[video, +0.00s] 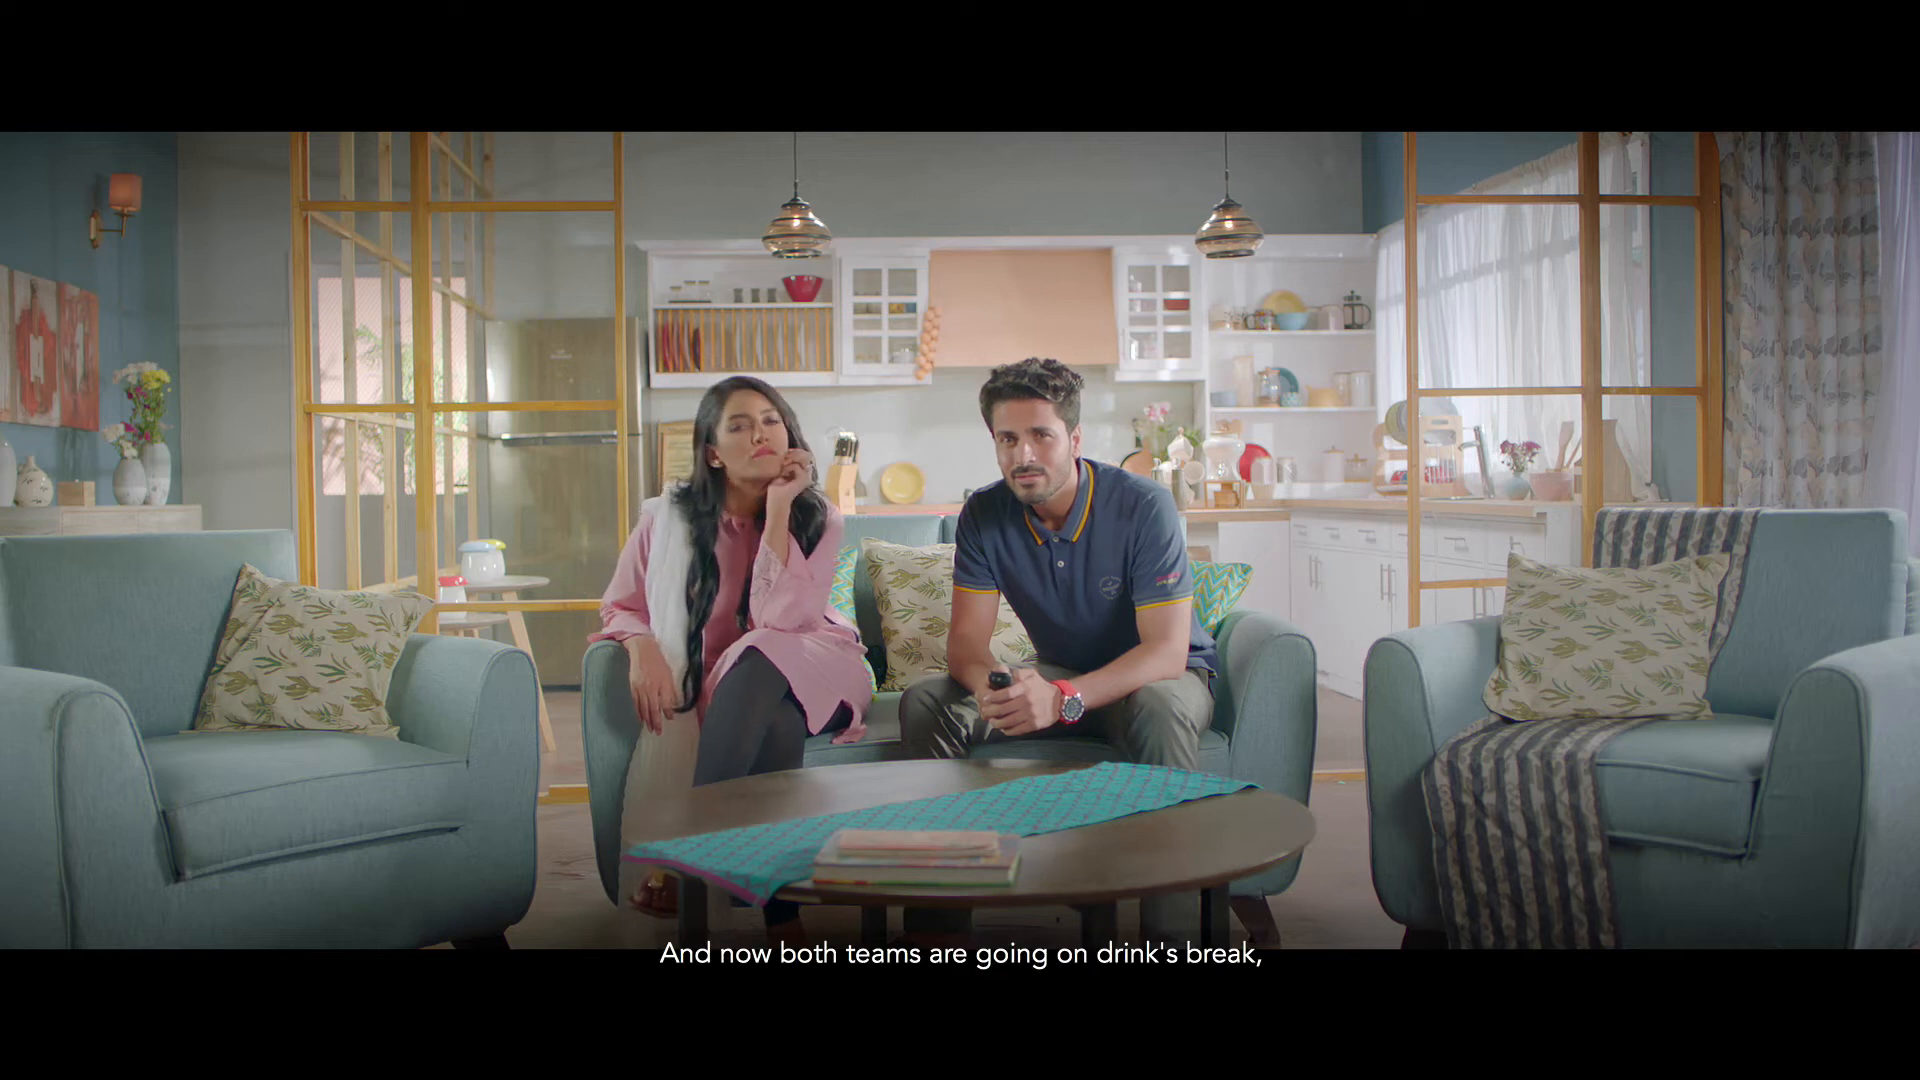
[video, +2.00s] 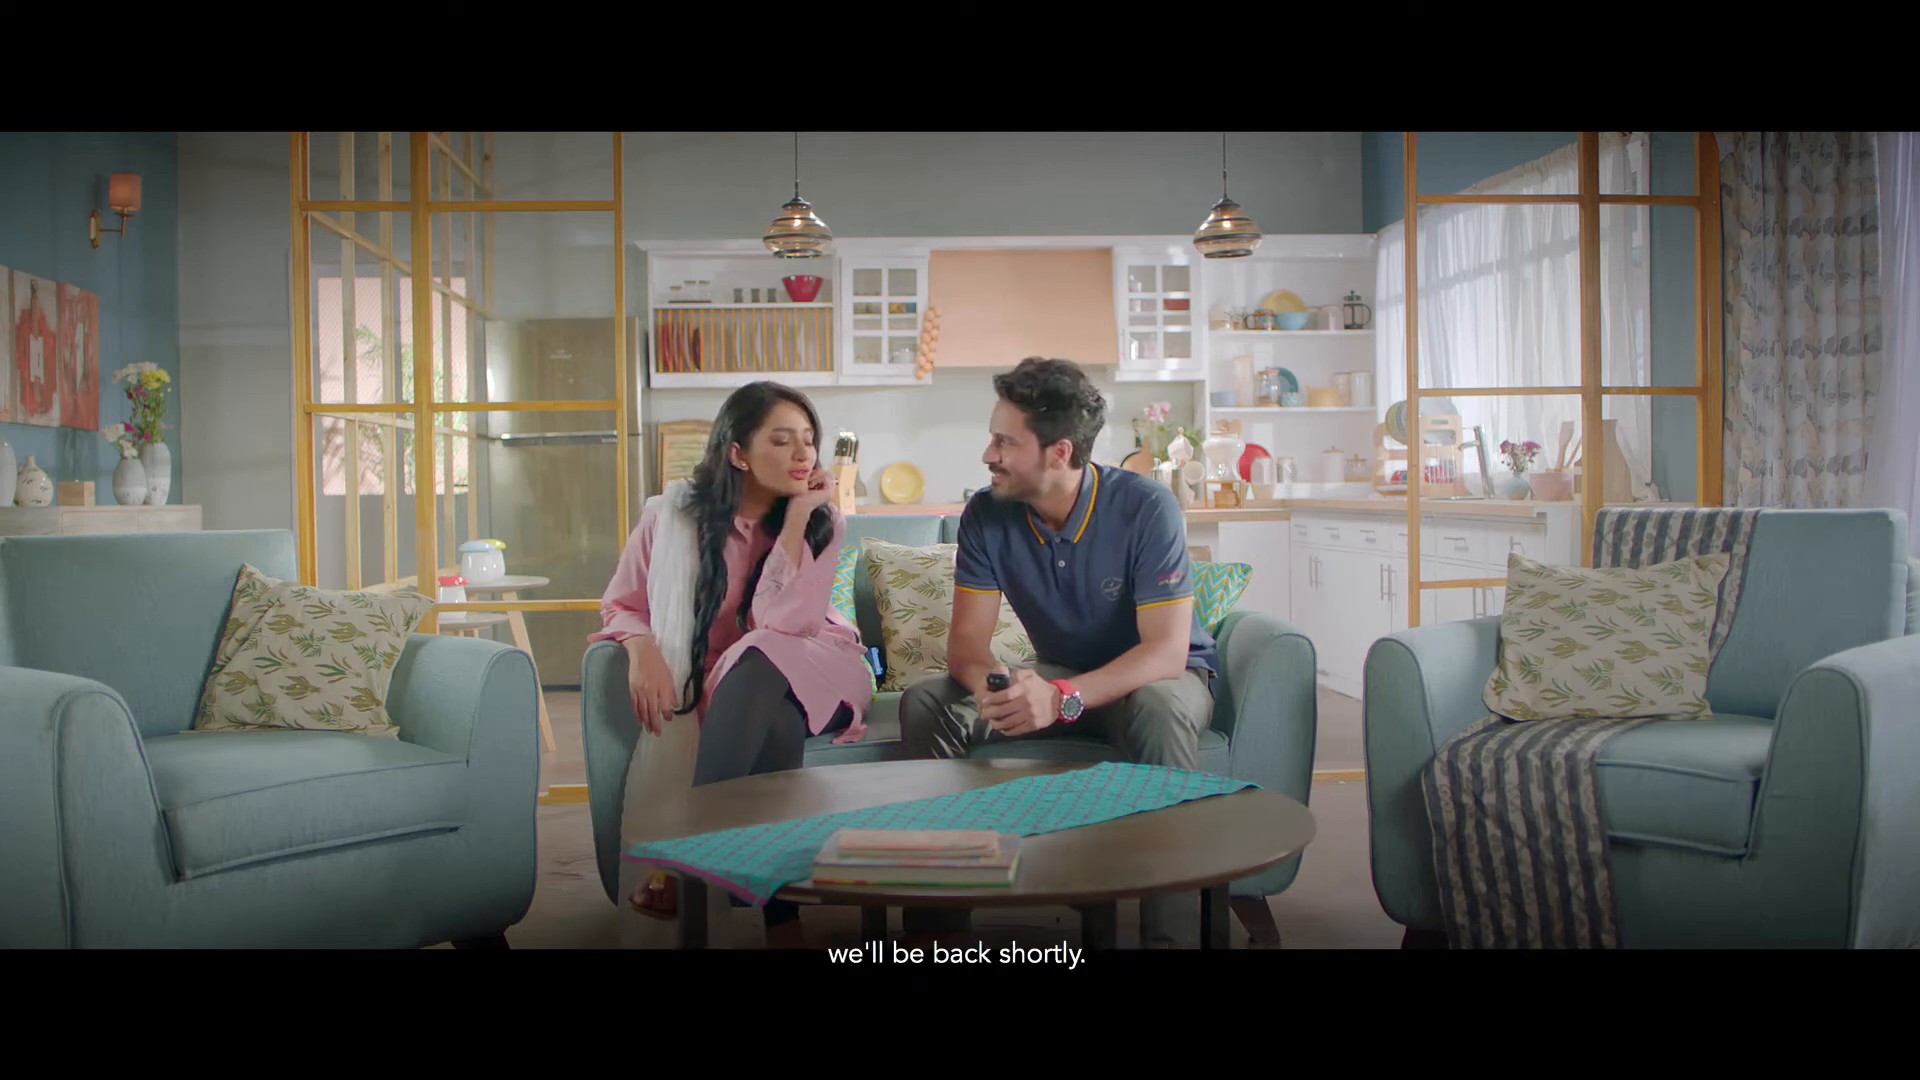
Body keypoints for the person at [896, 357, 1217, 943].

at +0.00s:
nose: (1023, 455)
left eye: (1040, 436)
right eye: (1008, 438)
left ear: (1075, 440)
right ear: (993, 443)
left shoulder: (1143, 507)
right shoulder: (985, 515)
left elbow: (1167, 654)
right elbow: (966, 647)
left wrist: (1064, 698)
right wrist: (996, 687)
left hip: (1156, 675)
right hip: (1060, 676)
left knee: (1157, 709)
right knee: (927, 702)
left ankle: (1172, 925)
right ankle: (941, 897)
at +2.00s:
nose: (989, 455)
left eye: (1005, 444)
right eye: (992, 438)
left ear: (1060, 453)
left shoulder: (1146, 509)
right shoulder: (986, 516)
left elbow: (1166, 654)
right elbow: (966, 646)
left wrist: (1063, 697)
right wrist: (995, 687)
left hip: (1156, 679)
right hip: (1060, 680)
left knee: (1158, 709)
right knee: (927, 703)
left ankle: (1170, 932)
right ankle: (939, 904)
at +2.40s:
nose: (1006, 456)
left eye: (1028, 446)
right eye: (1007, 436)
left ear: (1080, 456)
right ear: (1005, 426)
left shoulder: (1147, 509)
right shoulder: (986, 513)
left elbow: (1165, 654)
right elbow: (966, 658)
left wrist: (1062, 697)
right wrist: (1000, 682)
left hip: (1156, 680)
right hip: (1060, 681)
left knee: (1159, 706)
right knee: (927, 702)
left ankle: (1169, 931)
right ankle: (936, 904)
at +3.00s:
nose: (1003, 458)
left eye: (1018, 449)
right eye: (1007, 441)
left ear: (1072, 463)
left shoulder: (1154, 509)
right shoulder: (992, 514)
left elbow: (1166, 654)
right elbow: (969, 642)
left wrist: (1052, 693)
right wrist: (913, 651)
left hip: (1157, 677)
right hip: (1061, 674)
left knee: (1155, 711)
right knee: (929, 703)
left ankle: (1166, 928)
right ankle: (940, 917)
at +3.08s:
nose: (1002, 457)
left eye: (1017, 449)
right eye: (1007, 442)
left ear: (1071, 464)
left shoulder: (1155, 510)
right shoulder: (992, 515)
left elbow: (1166, 654)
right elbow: (966, 643)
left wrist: (1052, 694)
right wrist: (900, 660)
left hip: (1157, 677)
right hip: (1061, 674)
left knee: (1154, 710)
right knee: (930, 704)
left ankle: (1166, 927)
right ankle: (941, 916)